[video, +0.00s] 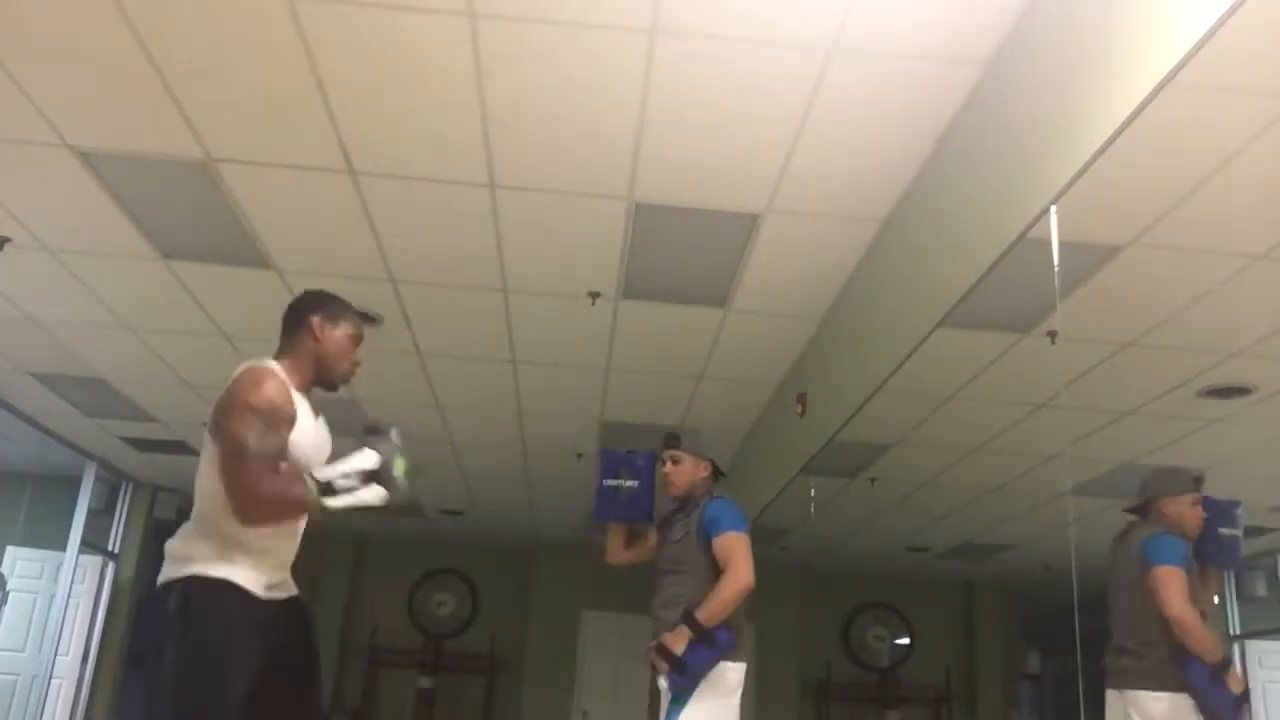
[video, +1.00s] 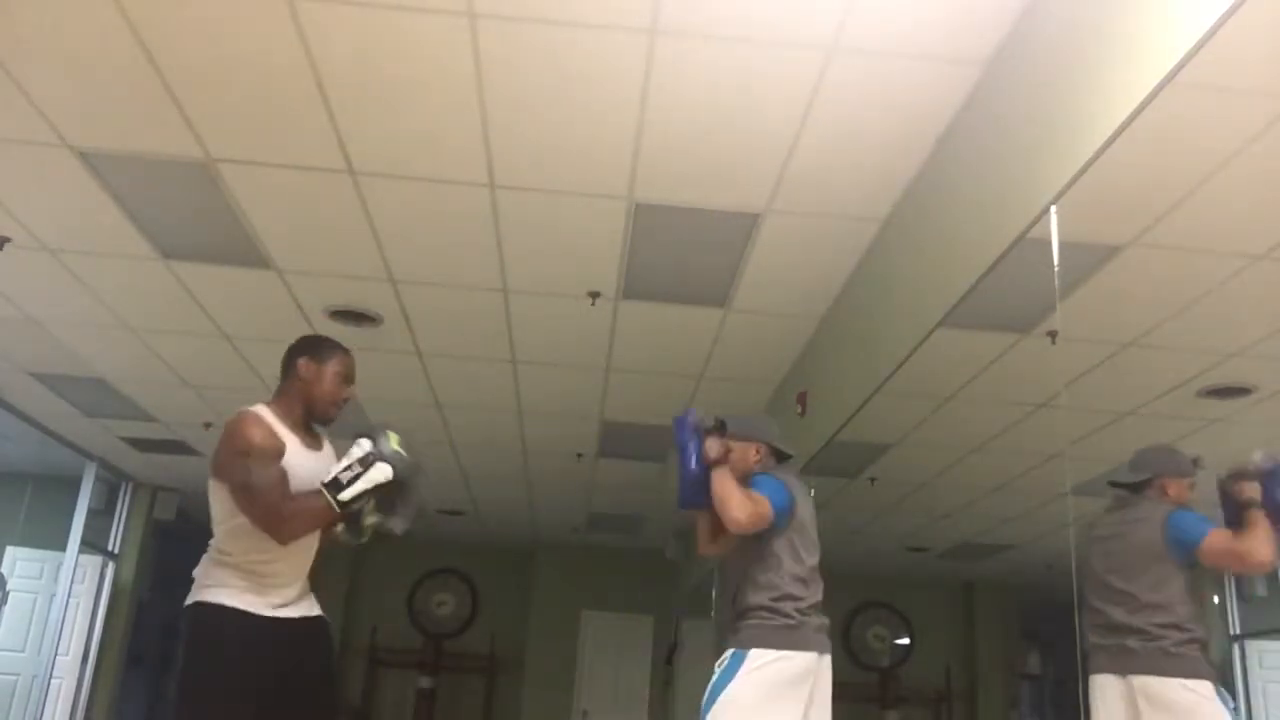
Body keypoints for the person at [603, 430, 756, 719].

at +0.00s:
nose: (666, 469)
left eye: (676, 461)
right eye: (664, 463)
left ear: (704, 469)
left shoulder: (718, 510)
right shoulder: (676, 520)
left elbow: (740, 578)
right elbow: (617, 554)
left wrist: (683, 633)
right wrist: (618, 490)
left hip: (709, 660)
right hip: (679, 659)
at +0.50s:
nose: (658, 459)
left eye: (668, 450)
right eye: (659, 450)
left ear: (700, 453)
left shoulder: (711, 492)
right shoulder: (692, 501)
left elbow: (721, 568)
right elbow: (637, 541)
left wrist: (676, 632)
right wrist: (630, 475)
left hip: (727, 655)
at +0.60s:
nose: (676, 460)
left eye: (685, 450)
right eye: (677, 451)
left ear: (716, 454)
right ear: (715, 456)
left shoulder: (726, 493)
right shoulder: (711, 498)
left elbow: (730, 570)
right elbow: (653, 542)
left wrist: (682, 631)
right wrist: (649, 474)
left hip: (733, 656)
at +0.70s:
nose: (692, 464)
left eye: (701, 455)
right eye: (692, 456)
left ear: (733, 460)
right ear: (732, 462)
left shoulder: (739, 499)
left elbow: (745, 574)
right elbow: (671, 549)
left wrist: (690, 628)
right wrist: (666, 483)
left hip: (745, 658)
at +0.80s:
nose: (703, 466)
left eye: (712, 456)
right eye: (704, 457)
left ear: (744, 458)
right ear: (744, 460)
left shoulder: (753, 498)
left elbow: (764, 564)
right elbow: (691, 552)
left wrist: (703, 590)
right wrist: (684, 489)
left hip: (757, 658)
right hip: (792, 658)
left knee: (704, 712)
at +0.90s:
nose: (713, 464)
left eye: (722, 454)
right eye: (713, 455)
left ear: (752, 455)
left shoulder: (765, 488)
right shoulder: (782, 489)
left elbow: (763, 542)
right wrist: (688, 495)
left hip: (766, 651)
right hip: (803, 652)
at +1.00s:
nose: (723, 457)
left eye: (730, 448)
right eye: (723, 449)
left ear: (757, 452)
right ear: (756, 453)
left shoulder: (775, 484)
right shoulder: (793, 487)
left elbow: (741, 517)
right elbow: (709, 544)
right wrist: (703, 476)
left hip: (769, 647)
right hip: (808, 648)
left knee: (725, 712)